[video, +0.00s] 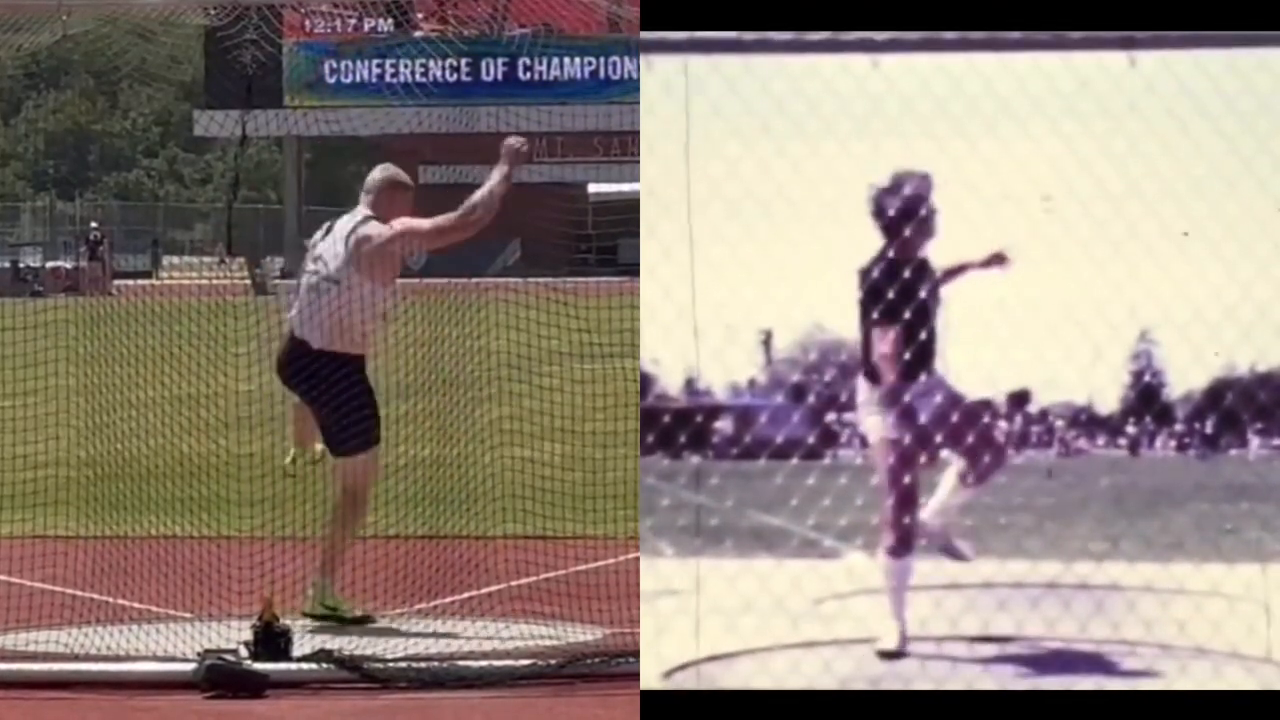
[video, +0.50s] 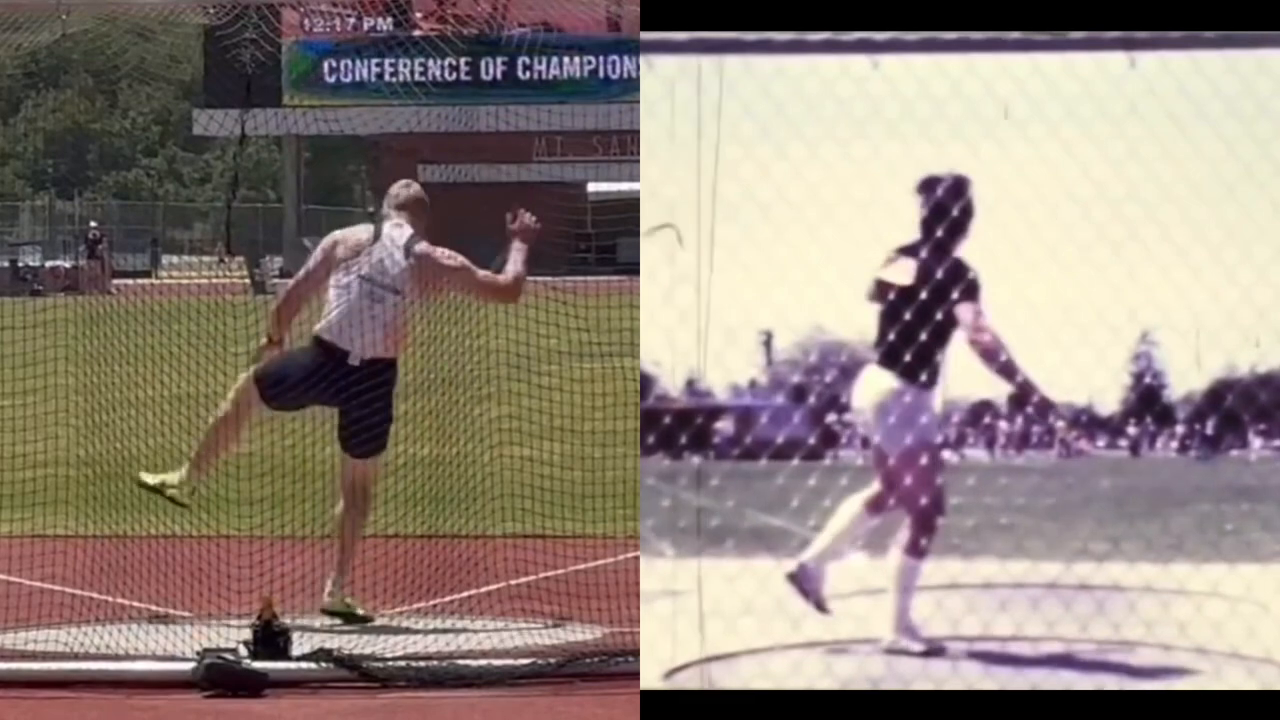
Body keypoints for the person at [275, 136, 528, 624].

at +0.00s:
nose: (408, 210)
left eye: (408, 202)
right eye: (405, 201)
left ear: (369, 195)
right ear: (389, 199)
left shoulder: (333, 228)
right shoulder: (383, 236)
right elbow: (468, 221)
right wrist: (505, 165)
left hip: (298, 356)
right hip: (337, 368)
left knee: (309, 392)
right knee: (356, 488)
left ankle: (302, 452)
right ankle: (322, 593)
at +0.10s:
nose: (415, 213)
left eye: (413, 204)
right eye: (412, 203)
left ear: (373, 202)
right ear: (400, 203)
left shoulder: (333, 236)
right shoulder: (399, 243)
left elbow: (294, 296)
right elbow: (487, 235)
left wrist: (306, 336)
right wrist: (505, 176)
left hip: (304, 360)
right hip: (353, 375)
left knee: (288, 401)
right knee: (354, 498)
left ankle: (254, 454)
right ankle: (323, 593)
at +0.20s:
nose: (419, 216)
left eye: (417, 209)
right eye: (418, 208)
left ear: (375, 204)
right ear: (409, 207)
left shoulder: (334, 240)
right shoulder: (414, 245)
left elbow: (290, 304)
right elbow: (503, 254)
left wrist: (307, 344)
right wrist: (510, 194)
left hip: (306, 360)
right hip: (361, 378)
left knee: (266, 404)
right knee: (356, 493)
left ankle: (215, 463)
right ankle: (323, 593)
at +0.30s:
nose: (408, 215)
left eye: (400, 208)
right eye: (415, 208)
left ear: (377, 206)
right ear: (418, 212)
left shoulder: (337, 242)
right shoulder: (427, 253)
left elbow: (288, 305)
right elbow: (511, 269)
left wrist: (283, 343)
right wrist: (512, 217)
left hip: (314, 361)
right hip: (367, 381)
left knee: (252, 402)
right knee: (359, 492)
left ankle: (194, 474)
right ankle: (327, 593)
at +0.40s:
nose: (408, 216)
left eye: (400, 208)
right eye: (415, 209)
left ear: (378, 207)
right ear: (418, 213)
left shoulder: (337, 241)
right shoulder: (426, 253)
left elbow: (288, 305)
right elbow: (511, 269)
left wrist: (283, 344)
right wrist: (512, 217)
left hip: (314, 362)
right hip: (367, 382)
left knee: (252, 402)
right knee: (359, 492)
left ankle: (194, 474)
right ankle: (327, 593)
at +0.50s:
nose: (404, 205)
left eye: (398, 199)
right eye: (414, 203)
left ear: (384, 209)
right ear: (424, 218)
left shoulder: (344, 240)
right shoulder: (434, 260)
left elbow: (294, 293)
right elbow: (508, 290)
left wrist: (275, 335)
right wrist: (520, 242)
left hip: (321, 360)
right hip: (374, 379)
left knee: (249, 388)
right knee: (357, 491)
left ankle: (186, 480)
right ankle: (336, 592)